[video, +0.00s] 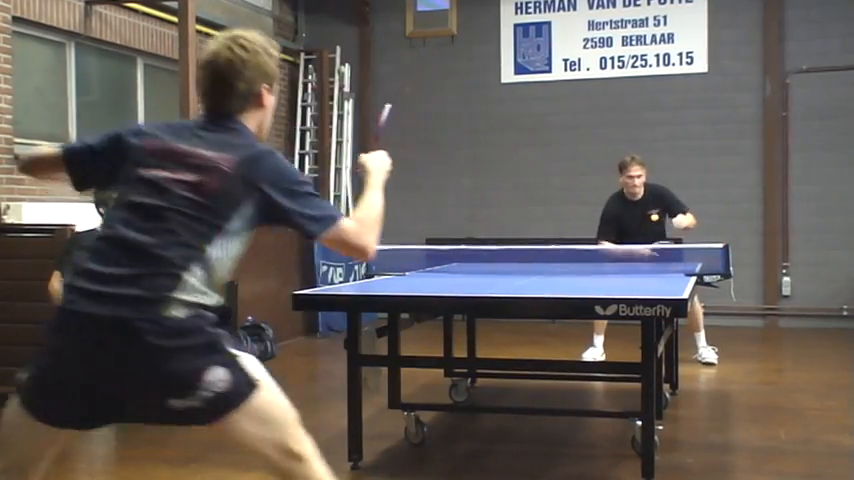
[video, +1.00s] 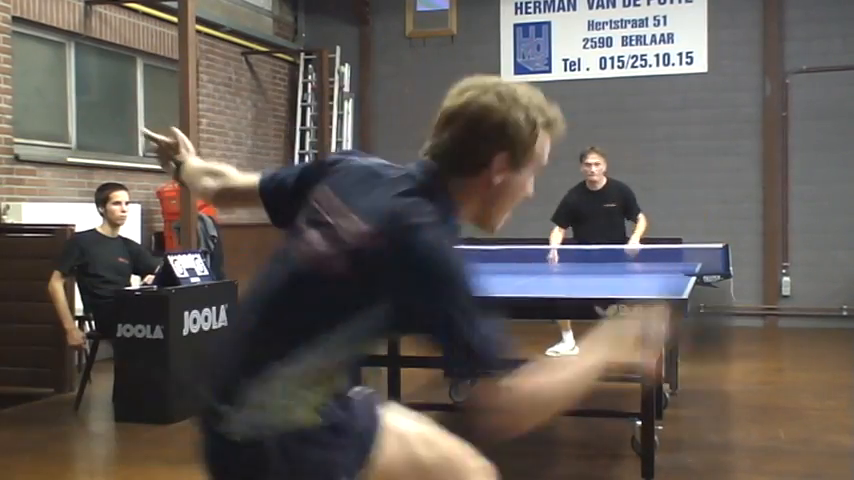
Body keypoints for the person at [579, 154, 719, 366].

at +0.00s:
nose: (635, 182)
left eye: (639, 176)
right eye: (630, 177)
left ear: (645, 177)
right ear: (621, 178)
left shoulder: (659, 194)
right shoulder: (614, 203)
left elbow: (691, 219)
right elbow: (602, 243)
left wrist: (684, 222)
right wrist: (633, 252)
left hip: (659, 265)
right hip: (623, 267)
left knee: (690, 295)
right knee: (602, 296)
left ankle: (702, 347)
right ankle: (597, 347)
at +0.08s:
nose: (638, 180)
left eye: (642, 174)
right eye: (633, 175)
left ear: (648, 174)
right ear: (623, 176)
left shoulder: (660, 192)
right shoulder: (615, 201)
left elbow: (692, 219)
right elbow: (603, 239)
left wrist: (686, 216)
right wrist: (639, 241)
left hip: (660, 262)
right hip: (623, 265)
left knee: (691, 293)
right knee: (603, 295)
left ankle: (703, 347)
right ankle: (597, 347)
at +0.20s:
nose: (643, 173)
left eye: (647, 169)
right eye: (638, 168)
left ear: (652, 170)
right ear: (628, 170)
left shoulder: (662, 189)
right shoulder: (620, 195)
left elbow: (691, 218)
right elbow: (606, 233)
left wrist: (695, 210)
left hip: (663, 262)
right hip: (627, 263)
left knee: (693, 294)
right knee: (604, 296)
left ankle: (703, 347)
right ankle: (597, 347)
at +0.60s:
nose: (638, 168)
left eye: (643, 164)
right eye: (633, 164)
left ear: (651, 167)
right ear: (626, 167)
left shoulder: (666, 190)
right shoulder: (619, 194)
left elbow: (688, 219)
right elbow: (597, 222)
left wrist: (680, 227)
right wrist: (583, 220)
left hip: (664, 262)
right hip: (626, 263)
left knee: (684, 299)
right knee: (591, 290)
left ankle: (701, 347)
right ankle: (580, 340)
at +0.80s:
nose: (611, 174)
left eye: (616, 170)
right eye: (606, 170)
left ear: (624, 173)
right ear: (599, 173)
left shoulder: (637, 196)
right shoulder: (592, 200)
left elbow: (660, 227)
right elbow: (573, 228)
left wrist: (651, 239)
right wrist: (562, 242)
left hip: (636, 266)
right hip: (600, 267)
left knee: (668, 298)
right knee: (563, 289)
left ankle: (698, 347)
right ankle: (569, 341)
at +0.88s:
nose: (601, 173)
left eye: (605, 168)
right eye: (596, 169)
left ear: (614, 171)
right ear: (590, 173)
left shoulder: (628, 195)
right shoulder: (582, 200)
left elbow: (648, 226)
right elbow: (564, 229)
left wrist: (642, 240)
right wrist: (556, 245)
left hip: (626, 264)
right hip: (590, 265)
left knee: (658, 294)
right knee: (555, 287)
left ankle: (687, 344)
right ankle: (568, 340)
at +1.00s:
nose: (592, 169)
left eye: (596, 164)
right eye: (587, 165)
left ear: (605, 167)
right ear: (581, 168)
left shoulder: (620, 191)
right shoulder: (574, 195)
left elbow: (641, 220)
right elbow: (559, 228)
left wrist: (635, 239)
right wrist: (553, 247)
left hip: (616, 260)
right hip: (583, 262)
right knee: (554, 288)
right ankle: (568, 340)